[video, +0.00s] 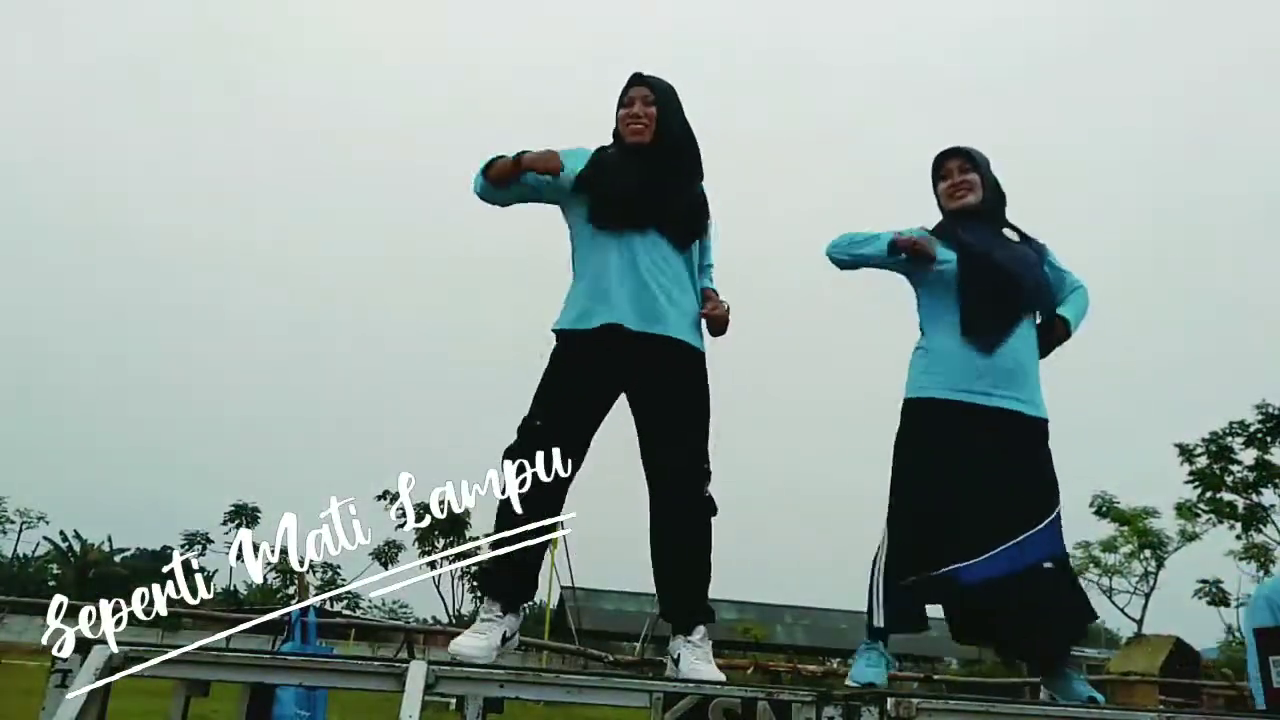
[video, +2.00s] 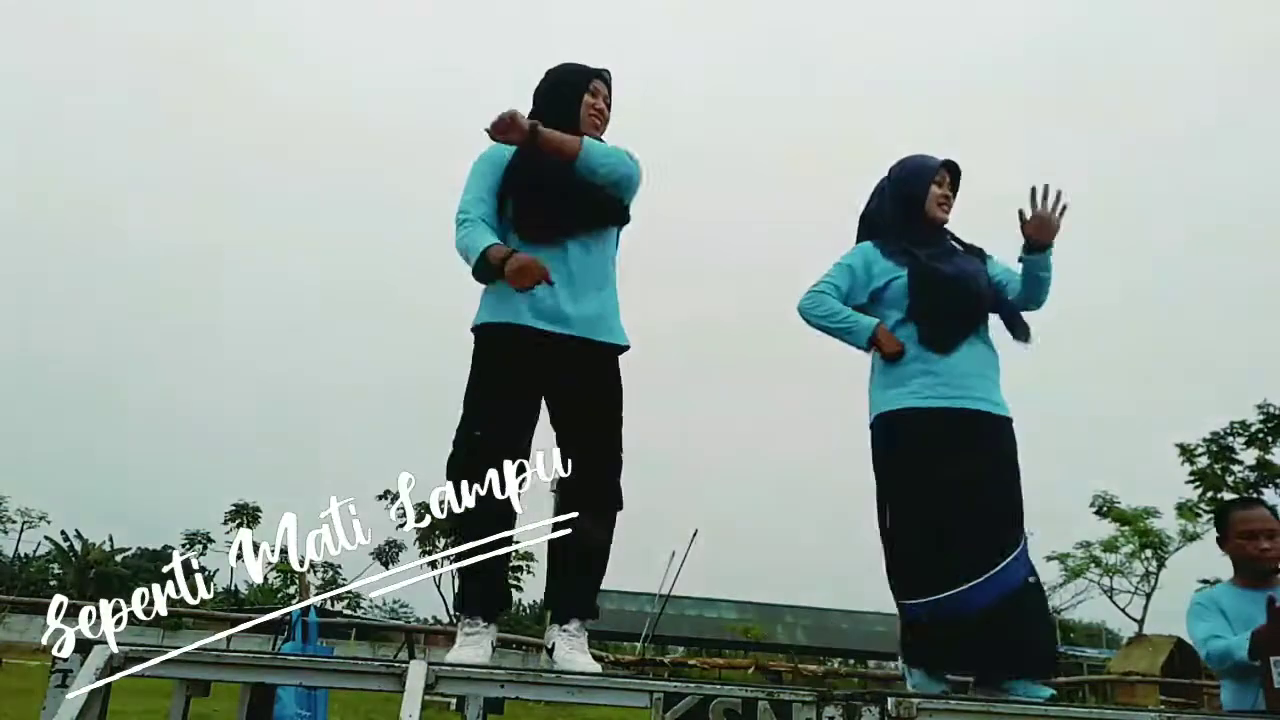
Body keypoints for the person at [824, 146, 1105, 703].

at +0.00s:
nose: (957, 181)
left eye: (967, 172)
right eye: (946, 177)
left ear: (989, 183)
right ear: (938, 193)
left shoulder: (1028, 251)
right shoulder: (923, 243)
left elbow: (1076, 290)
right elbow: (837, 250)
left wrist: (1060, 325)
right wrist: (895, 244)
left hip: (1016, 404)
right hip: (937, 398)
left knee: (1035, 531)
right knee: (910, 524)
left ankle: (1056, 667)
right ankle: (874, 647)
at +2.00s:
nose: (946, 194)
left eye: (950, 188)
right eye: (937, 185)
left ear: (952, 200)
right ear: (905, 188)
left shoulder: (971, 260)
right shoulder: (872, 255)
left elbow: (1029, 295)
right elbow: (814, 303)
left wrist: (1037, 250)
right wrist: (872, 331)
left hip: (982, 410)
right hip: (908, 410)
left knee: (996, 533)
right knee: (920, 535)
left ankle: (1009, 667)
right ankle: (926, 662)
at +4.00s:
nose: (898, 179)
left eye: (908, 174)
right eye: (887, 173)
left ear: (922, 192)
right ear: (869, 191)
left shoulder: (950, 254)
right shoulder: (844, 248)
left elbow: (1007, 292)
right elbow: (767, 276)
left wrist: (1025, 340)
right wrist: (704, 264)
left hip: (929, 411)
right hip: (851, 405)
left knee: (942, 533)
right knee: (832, 529)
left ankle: (961, 661)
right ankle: (808, 653)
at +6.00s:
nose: (1017, 211)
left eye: (1027, 203)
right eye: (1006, 205)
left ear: (1047, 213)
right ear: (995, 220)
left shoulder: (1079, 273)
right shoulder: (982, 267)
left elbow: (1149, 304)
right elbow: (996, 293)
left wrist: (1129, 342)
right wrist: (1075, 277)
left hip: (1094, 420)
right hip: (1021, 423)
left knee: (1107, 542)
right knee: (1047, 542)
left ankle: (1109, 677)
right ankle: (1057, 672)